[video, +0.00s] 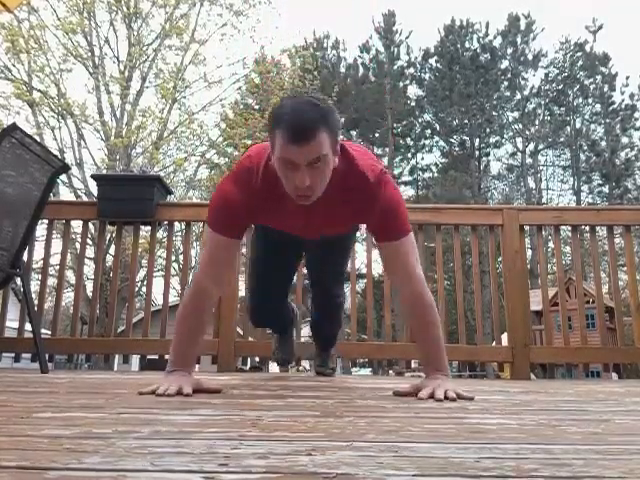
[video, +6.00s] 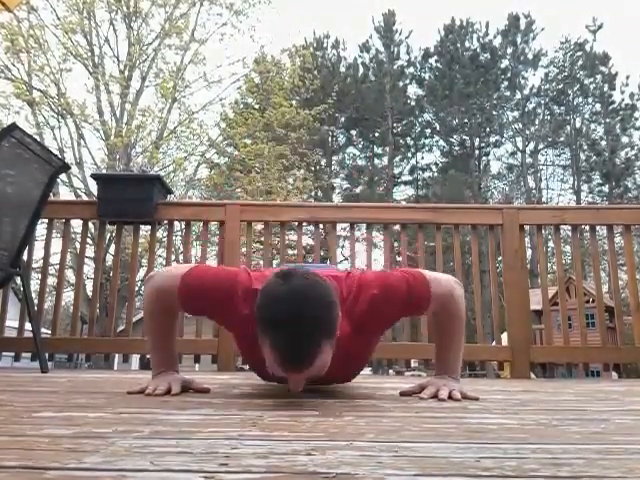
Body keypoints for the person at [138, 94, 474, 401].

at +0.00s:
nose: (303, 180)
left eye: (316, 164)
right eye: (289, 165)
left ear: (336, 148)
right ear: (272, 150)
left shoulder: (372, 183)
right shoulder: (243, 182)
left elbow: (410, 281)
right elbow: (206, 282)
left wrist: (437, 374)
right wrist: (180, 370)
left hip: (334, 230)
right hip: (275, 226)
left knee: (328, 301)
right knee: (263, 311)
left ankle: (325, 350)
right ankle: (285, 322)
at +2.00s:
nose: (306, 187)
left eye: (319, 173)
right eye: (293, 174)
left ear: (338, 148)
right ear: (272, 151)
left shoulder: (372, 183)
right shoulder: (243, 183)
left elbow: (413, 282)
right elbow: (199, 282)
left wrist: (440, 374)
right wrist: (177, 370)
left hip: (341, 252)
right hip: (282, 250)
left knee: (326, 313)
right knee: (290, 313)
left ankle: (321, 353)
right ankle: (295, 354)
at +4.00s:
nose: (299, 211)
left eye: (312, 198)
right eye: (286, 198)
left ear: (336, 170)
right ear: (267, 173)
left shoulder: (374, 197)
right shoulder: (239, 199)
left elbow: (419, 290)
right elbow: (194, 285)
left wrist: (441, 376)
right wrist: (168, 370)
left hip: (339, 295)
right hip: (279, 294)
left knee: (327, 333)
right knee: (291, 334)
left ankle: (323, 356)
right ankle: (296, 355)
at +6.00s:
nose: (296, 386)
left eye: (312, 373)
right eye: (281, 373)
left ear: (337, 328)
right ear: (257, 324)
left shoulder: (372, 296)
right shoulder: (234, 294)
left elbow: (448, 291)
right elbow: (161, 285)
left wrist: (446, 374)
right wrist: (164, 369)